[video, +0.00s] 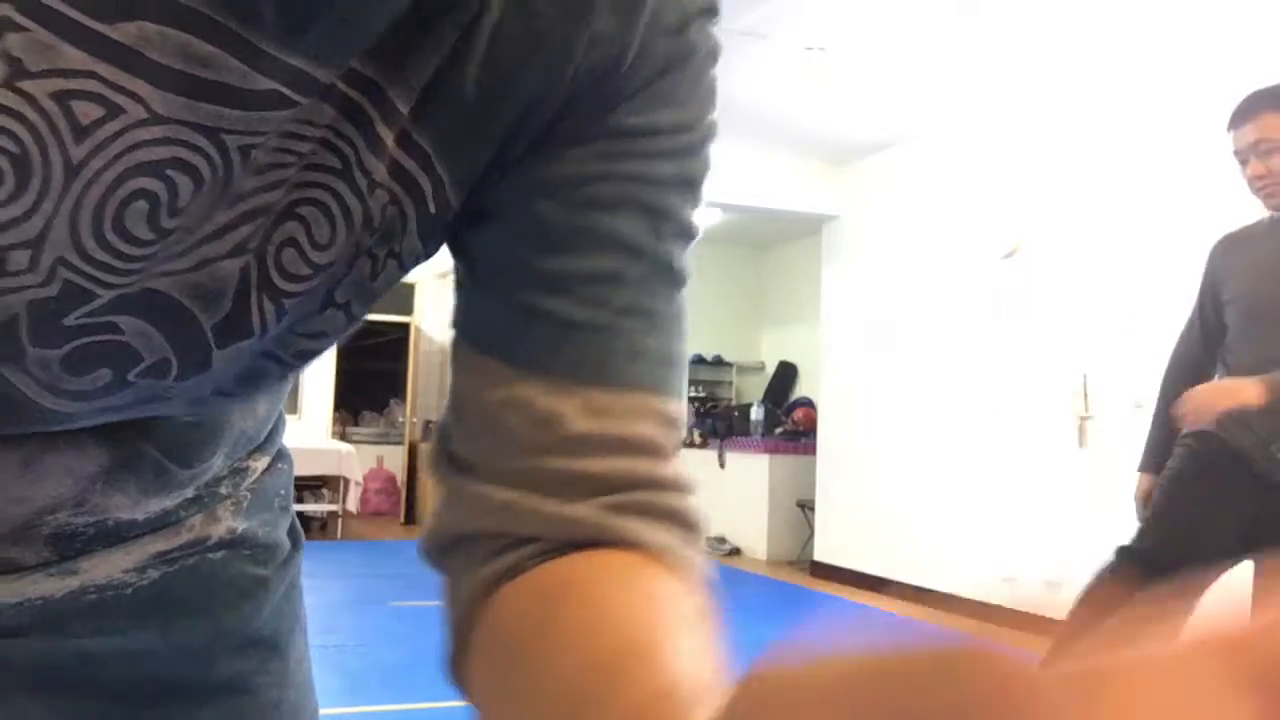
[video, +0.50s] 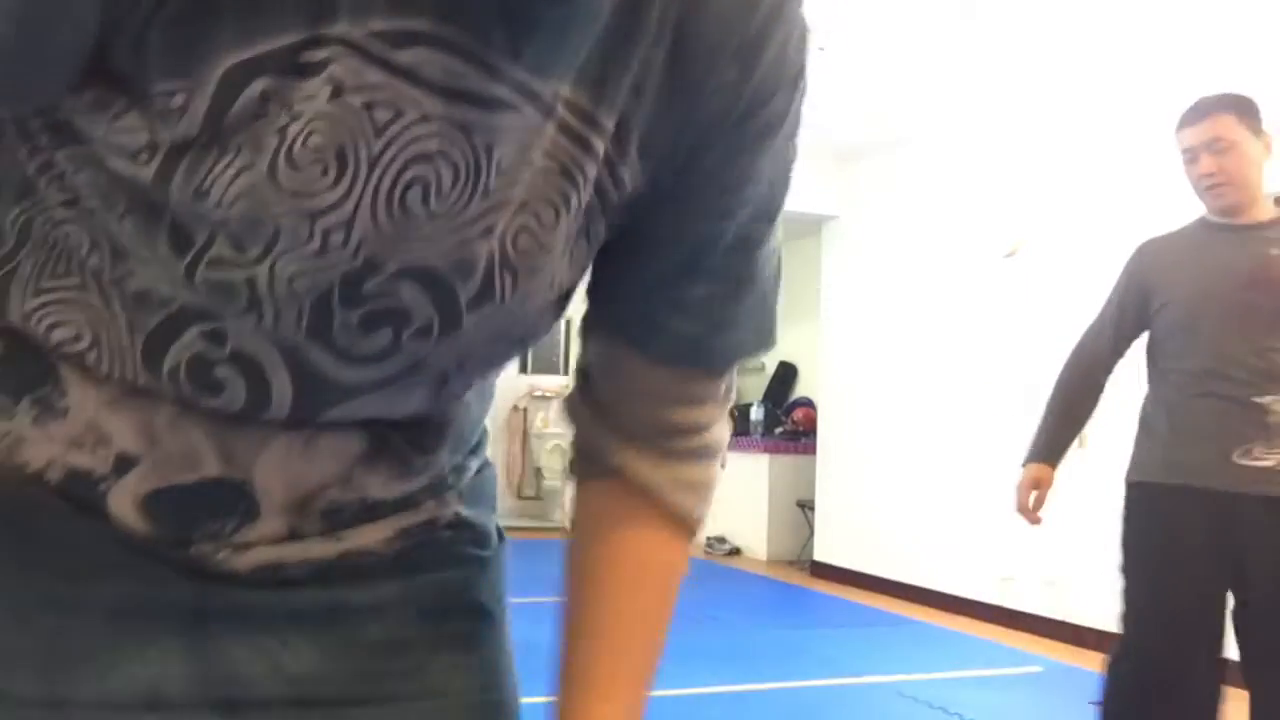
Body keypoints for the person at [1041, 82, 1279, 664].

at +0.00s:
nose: (1260, 170)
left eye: (1269, 150)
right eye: (1247, 157)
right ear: (1237, 165)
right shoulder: (1233, 252)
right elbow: (1189, 364)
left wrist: (1257, 390)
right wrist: (1155, 462)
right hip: (1230, 458)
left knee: (1220, 434)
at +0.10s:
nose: (1254, 174)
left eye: (1266, 154)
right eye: (1243, 161)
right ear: (1235, 168)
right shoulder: (1227, 254)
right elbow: (1181, 363)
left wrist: (1236, 430)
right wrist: (1152, 461)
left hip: (1276, 479)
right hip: (1214, 475)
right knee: (1166, 620)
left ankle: (1264, 709)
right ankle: (1132, 708)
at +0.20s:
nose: (1252, 177)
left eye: (1264, 159)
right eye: (1241, 165)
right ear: (1232, 172)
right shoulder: (1212, 257)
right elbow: (1159, 364)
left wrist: (1247, 459)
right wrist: (1127, 462)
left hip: (1268, 473)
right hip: (1201, 466)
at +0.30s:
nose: (1241, 174)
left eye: (1255, 155)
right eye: (1229, 162)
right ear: (1221, 170)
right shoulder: (1200, 254)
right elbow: (1136, 358)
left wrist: (1275, 464)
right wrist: (1094, 458)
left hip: (1271, 472)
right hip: (1197, 462)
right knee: (1229, 630)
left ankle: (1184, 707)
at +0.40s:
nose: (1225, 170)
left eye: (1241, 150)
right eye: (1213, 158)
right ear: (1204, 166)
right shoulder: (1182, 255)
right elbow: (1113, 356)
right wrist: (1064, 454)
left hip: (1270, 483)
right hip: (1192, 474)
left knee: (1270, 641)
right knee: (1203, 639)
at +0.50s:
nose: (1204, 167)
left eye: (1219, 149)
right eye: (1191, 156)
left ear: (1263, 148)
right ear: (1182, 167)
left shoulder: (1278, 245)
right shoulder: (1159, 258)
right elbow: (1092, 357)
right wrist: (1044, 454)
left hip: (1268, 497)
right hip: (1170, 493)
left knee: (1273, 672)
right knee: (1159, 673)